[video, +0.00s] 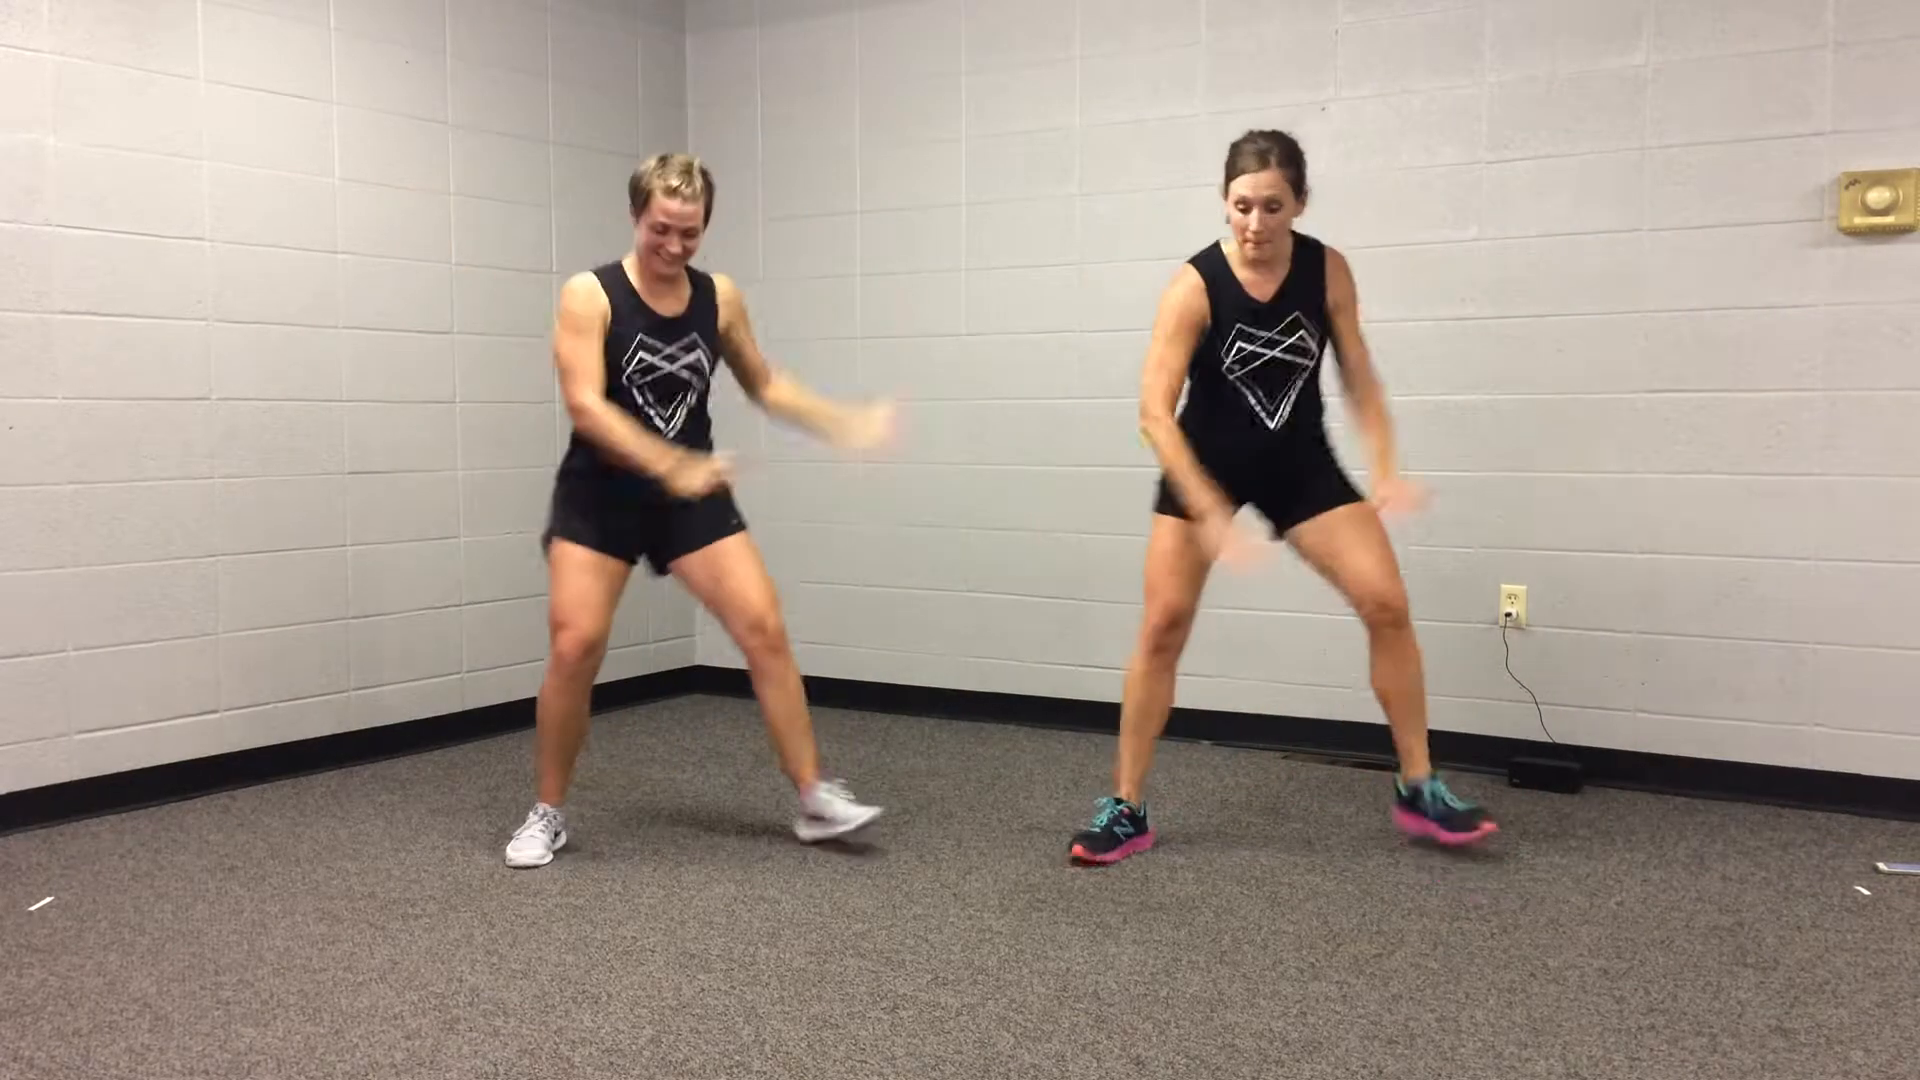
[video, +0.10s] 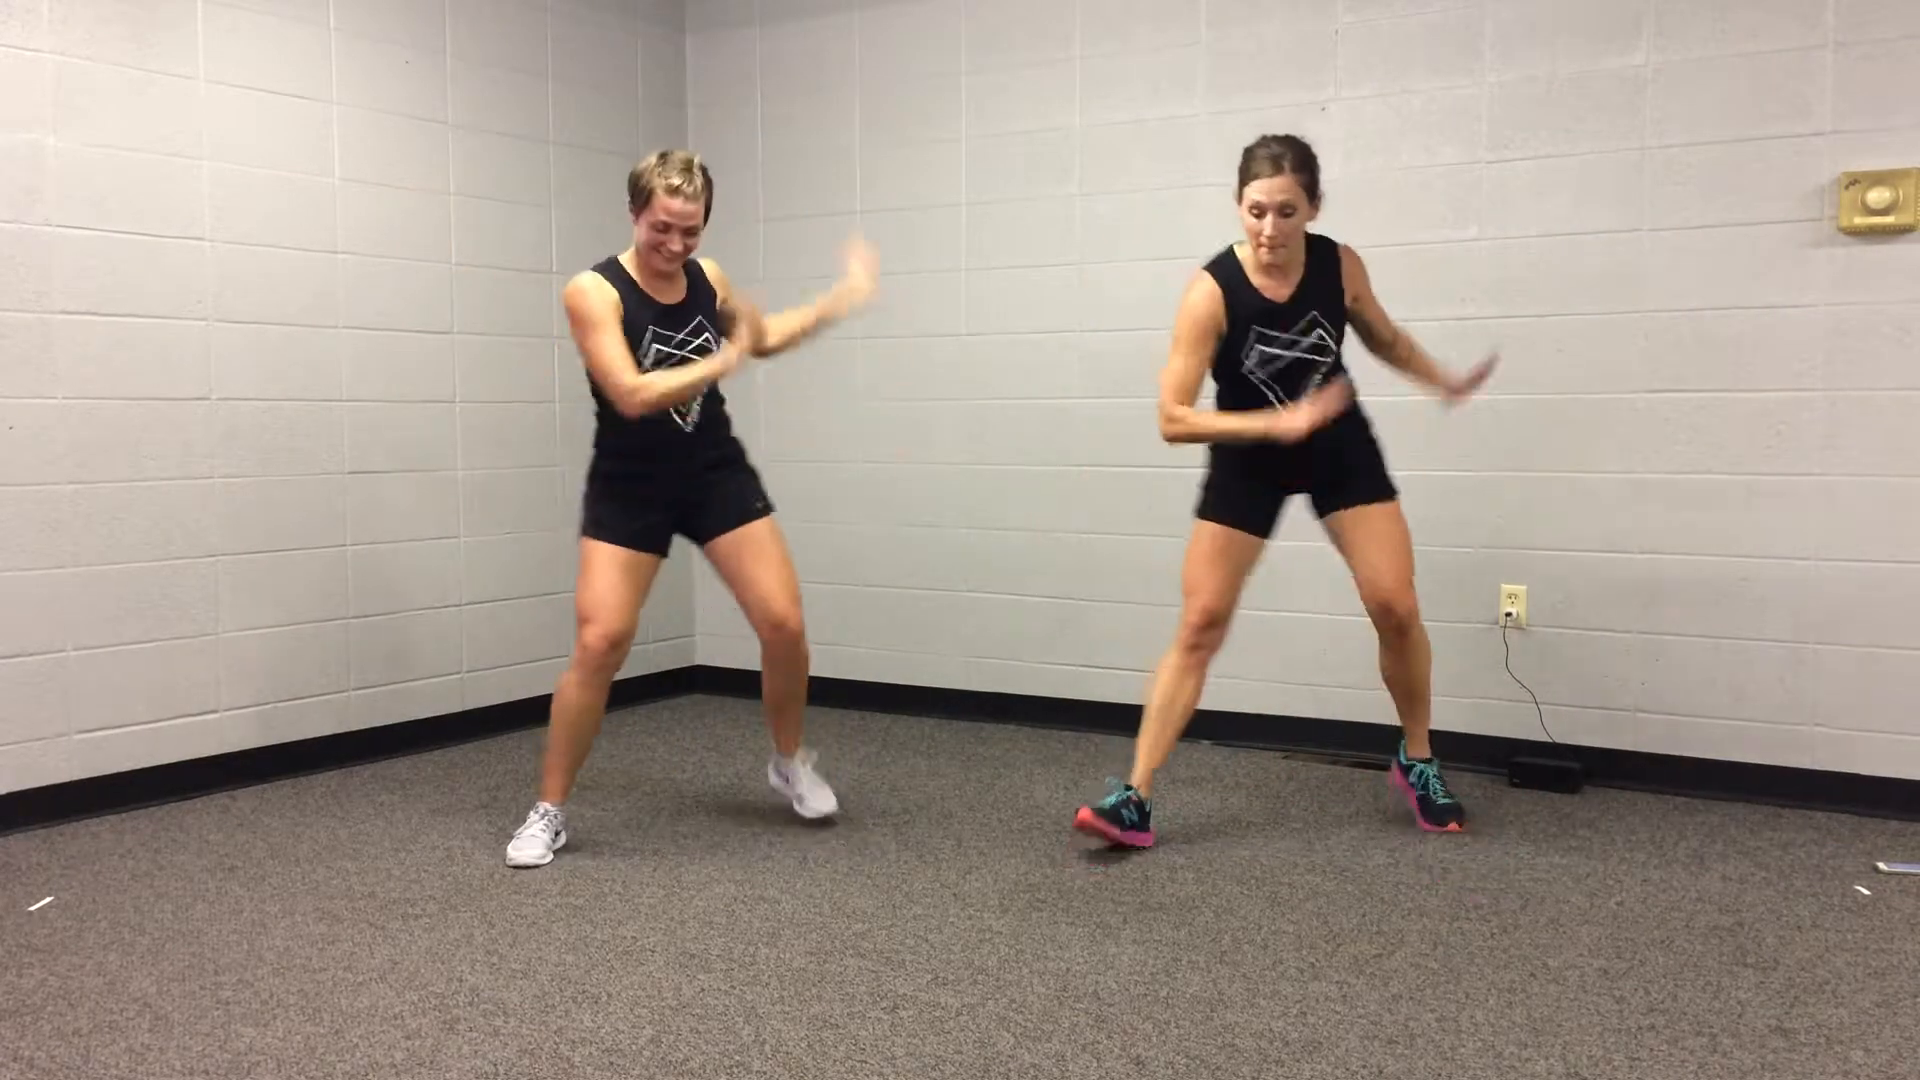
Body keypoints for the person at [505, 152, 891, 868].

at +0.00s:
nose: (674, 246)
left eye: (688, 232)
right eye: (661, 229)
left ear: (704, 229)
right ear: (634, 219)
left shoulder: (718, 299)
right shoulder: (588, 295)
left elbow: (764, 384)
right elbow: (586, 406)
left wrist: (842, 423)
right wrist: (673, 463)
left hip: (688, 489)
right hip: (601, 489)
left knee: (764, 628)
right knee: (574, 643)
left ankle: (813, 796)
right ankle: (547, 810)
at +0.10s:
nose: (675, 243)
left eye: (688, 230)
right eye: (661, 226)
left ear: (703, 226)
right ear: (634, 216)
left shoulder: (707, 280)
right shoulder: (593, 292)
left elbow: (760, 338)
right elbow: (629, 396)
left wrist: (836, 301)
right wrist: (727, 360)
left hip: (713, 470)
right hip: (629, 479)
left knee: (784, 622)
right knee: (600, 638)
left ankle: (789, 761)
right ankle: (548, 808)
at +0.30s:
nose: (692, 289)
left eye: (704, 275)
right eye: (678, 275)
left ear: (718, 271)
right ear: (652, 269)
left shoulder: (736, 319)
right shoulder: (620, 352)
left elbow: (788, 384)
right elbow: (652, 465)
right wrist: (735, 429)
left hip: (762, 495)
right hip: (682, 511)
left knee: (811, 645)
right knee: (645, 650)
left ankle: (803, 766)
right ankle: (555, 809)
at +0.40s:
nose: (701, 297)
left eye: (713, 283)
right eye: (688, 284)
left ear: (733, 271)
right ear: (669, 273)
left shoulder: (765, 327)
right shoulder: (634, 340)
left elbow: (810, 416)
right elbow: (622, 445)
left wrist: (854, 493)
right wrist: (672, 527)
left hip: (769, 496)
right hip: (685, 507)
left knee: (805, 639)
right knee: (637, 639)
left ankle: (804, 767)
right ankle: (564, 798)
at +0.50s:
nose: (703, 277)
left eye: (717, 265)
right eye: (692, 264)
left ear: (744, 250)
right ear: (677, 250)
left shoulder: (780, 316)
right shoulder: (647, 300)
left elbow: (798, 416)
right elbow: (603, 383)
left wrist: (747, 482)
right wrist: (555, 449)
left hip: (749, 479)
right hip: (663, 476)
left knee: (777, 628)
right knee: (612, 610)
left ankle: (803, 762)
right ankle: (576, 776)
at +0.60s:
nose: (699, 255)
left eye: (712, 243)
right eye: (689, 242)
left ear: (741, 232)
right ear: (676, 232)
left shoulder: (773, 310)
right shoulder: (655, 275)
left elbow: (756, 420)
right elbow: (593, 335)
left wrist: (663, 401)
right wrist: (515, 327)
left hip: (717, 471)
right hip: (635, 457)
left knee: (755, 625)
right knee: (588, 602)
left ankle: (799, 761)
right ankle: (574, 757)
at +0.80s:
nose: (675, 268)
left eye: (690, 257)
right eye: (665, 257)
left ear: (725, 264)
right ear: (656, 261)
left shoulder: (745, 361)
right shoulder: (635, 316)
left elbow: (703, 466)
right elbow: (572, 384)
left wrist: (638, 398)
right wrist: (533, 319)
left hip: (665, 516)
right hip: (582, 494)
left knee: (727, 662)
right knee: (558, 640)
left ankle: (795, 763)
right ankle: (566, 776)